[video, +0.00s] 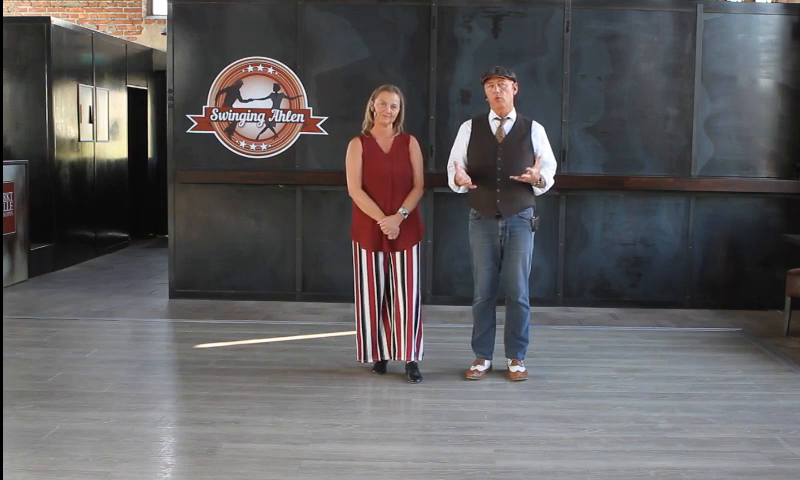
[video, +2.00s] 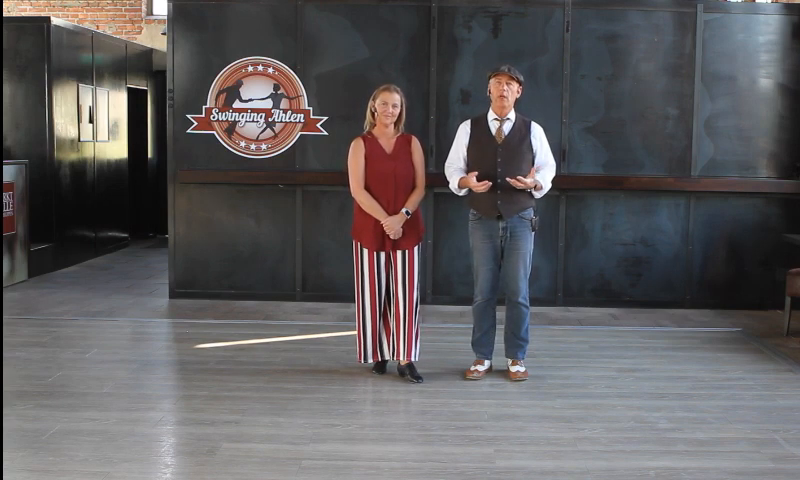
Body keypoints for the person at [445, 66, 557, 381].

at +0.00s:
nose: (497, 91)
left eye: (502, 86)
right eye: (491, 87)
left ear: (514, 89)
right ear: (485, 93)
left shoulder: (533, 130)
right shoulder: (469, 128)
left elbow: (549, 172)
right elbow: (454, 168)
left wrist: (537, 176)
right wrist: (459, 177)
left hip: (520, 219)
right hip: (481, 219)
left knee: (517, 292)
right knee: (483, 292)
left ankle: (516, 359)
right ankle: (482, 358)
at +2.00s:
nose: (504, 90)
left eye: (510, 85)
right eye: (499, 84)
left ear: (518, 92)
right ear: (489, 89)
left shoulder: (532, 130)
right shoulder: (468, 129)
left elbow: (548, 169)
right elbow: (452, 170)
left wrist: (533, 181)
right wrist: (466, 181)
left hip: (520, 219)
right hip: (481, 220)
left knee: (517, 292)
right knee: (483, 292)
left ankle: (516, 359)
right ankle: (482, 358)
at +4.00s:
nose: (497, 92)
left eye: (502, 86)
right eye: (491, 87)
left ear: (514, 90)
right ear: (485, 93)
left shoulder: (533, 129)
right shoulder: (469, 129)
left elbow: (549, 166)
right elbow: (453, 170)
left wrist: (537, 177)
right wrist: (471, 178)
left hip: (521, 219)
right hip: (482, 219)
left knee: (517, 292)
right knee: (484, 291)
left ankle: (516, 359)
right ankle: (482, 358)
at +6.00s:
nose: (502, 90)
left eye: (507, 85)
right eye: (496, 85)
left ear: (517, 90)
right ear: (489, 91)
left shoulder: (534, 130)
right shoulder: (470, 128)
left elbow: (550, 171)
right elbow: (454, 169)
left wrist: (523, 176)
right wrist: (480, 175)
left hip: (521, 220)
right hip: (483, 220)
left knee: (518, 292)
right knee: (484, 292)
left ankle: (516, 359)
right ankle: (482, 358)